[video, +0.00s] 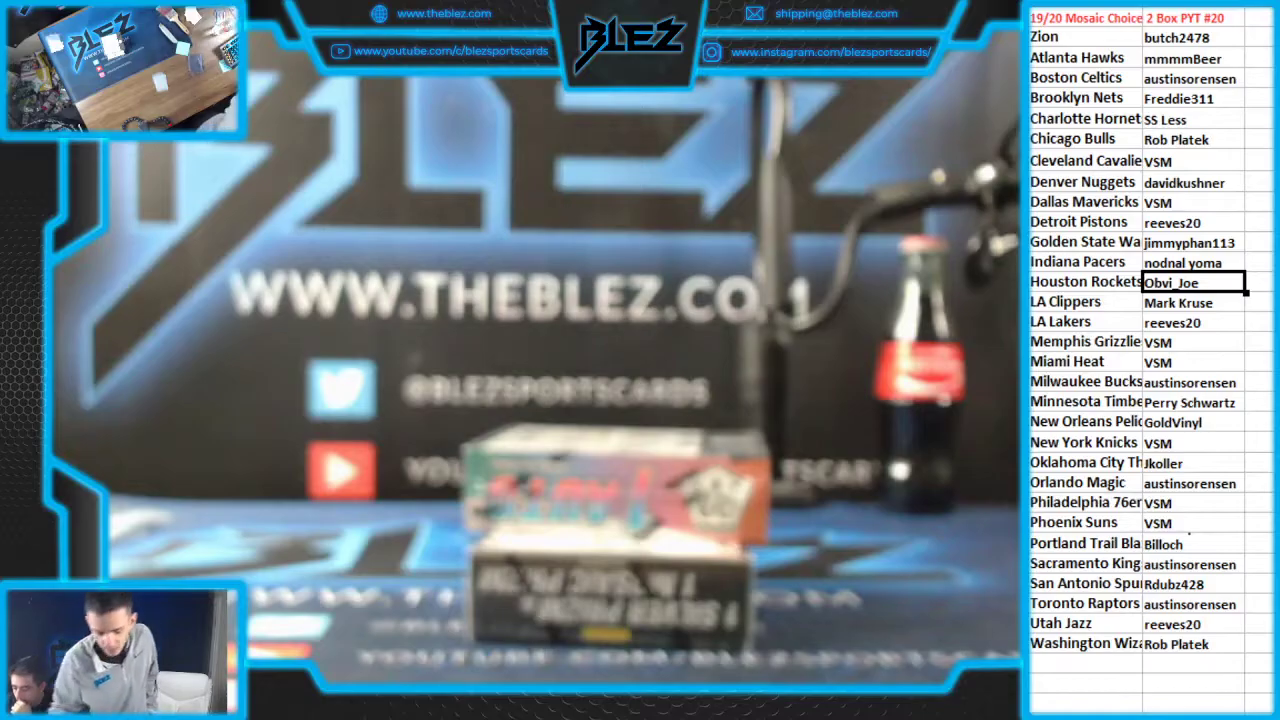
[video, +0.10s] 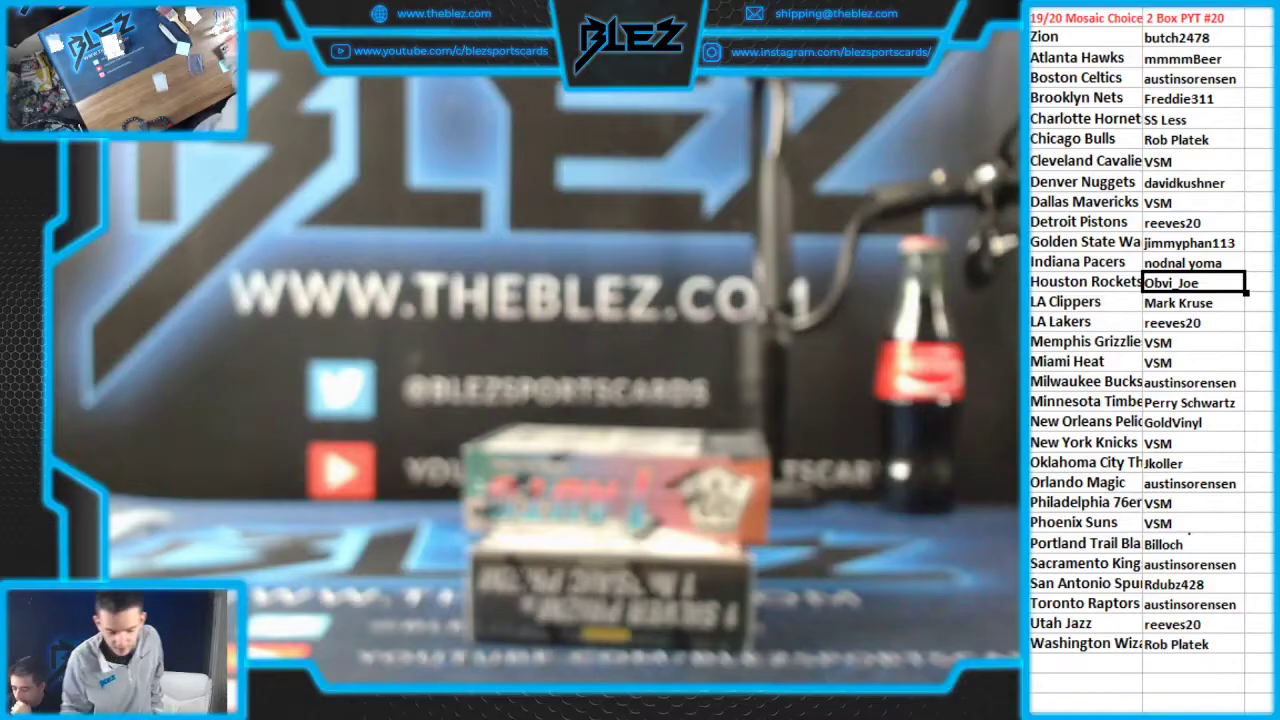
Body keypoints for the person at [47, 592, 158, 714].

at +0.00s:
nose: (109, 642)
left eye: (117, 631)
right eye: (100, 633)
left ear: (132, 621)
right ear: (89, 622)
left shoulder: (143, 636)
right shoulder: (75, 659)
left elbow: (151, 683)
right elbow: (61, 708)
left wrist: (150, 712)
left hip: (139, 713)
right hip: (100, 713)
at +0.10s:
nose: (121, 641)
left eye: (130, 631)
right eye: (112, 632)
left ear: (142, 620)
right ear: (98, 624)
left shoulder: (151, 638)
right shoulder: (81, 659)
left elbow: (155, 692)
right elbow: (72, 708)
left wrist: (155, 714)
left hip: (144, 716)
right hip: (103, 716)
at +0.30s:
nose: (148, 646)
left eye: (157, 635)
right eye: (138, 637)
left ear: (168, 624)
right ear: (120, 627)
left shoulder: (175, 644)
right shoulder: (99, 661)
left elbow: (179, 703)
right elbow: (87, 712)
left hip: (159, 713)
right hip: (118, 714)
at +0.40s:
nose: (166, 653)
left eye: (175, 642)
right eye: (156, 643)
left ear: (185, 632)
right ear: (135, 632)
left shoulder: (191, 650)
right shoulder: (112, 664)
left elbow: (201, 707)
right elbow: (99, 714)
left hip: (173, 714)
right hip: (130, 713)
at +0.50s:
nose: (184, 660)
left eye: (193, 650)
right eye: (173, 650)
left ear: (203, 640)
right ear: (150, 637)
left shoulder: (204, 657)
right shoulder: (124, 666)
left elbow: (218, 708)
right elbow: (113, 715)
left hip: (184, 713)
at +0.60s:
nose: (200, 667)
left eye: (210, 656)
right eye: (189, 656)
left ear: (220, 649)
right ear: (165, 641)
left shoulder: (219, 663)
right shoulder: (133, 667)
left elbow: (222, 712)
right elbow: (122, 717)